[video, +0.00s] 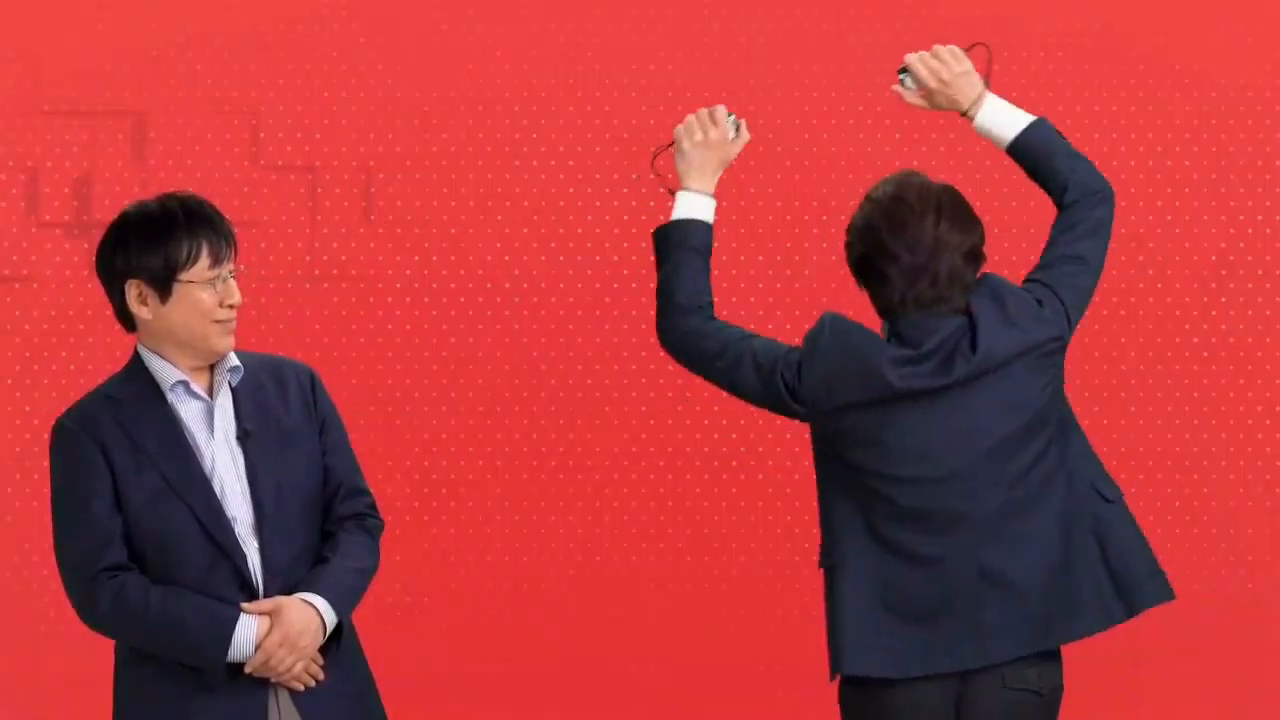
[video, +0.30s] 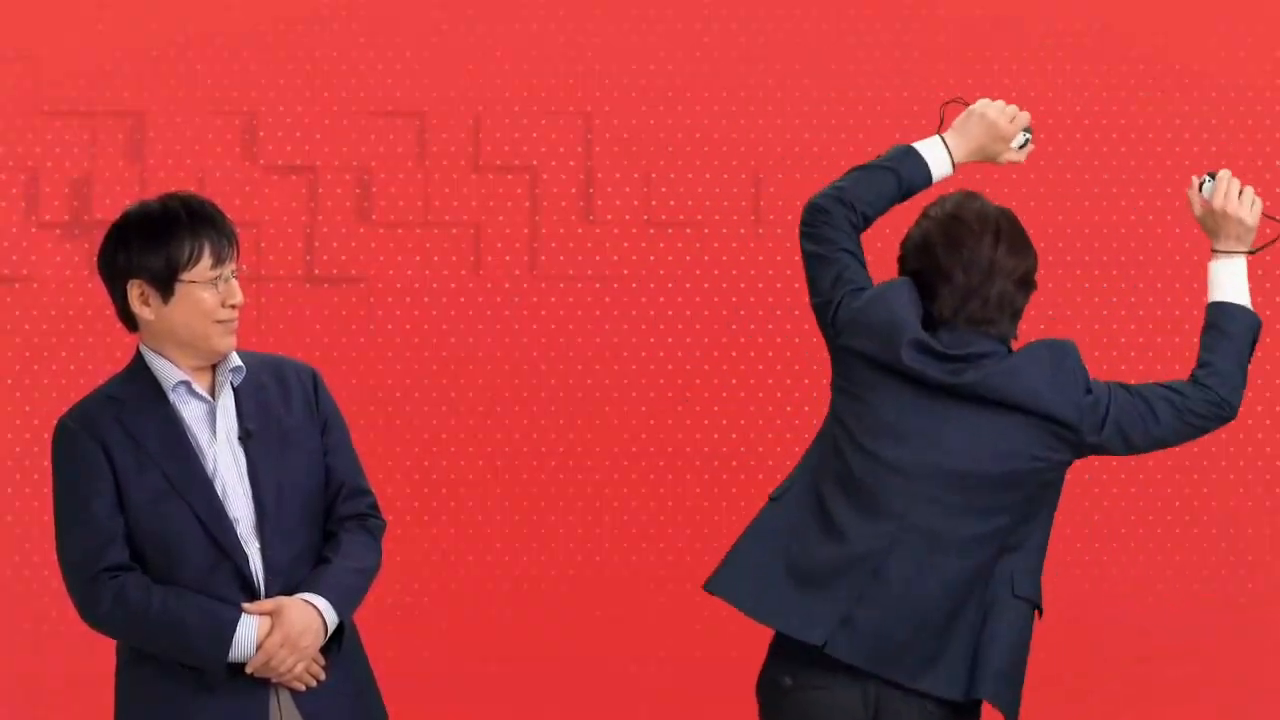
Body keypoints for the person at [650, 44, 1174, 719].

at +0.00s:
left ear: (869, 282)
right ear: (976, 264)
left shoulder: (832, 378)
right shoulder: (1030, 334)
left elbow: (685, 329)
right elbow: (1088, 196)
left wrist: (694, 189)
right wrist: (981, 104)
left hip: (892, 684)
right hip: (1019, 674)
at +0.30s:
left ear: (914, 277)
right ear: (1019, 297)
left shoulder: (866, 340)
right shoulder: (1056, 404)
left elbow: (830, 217)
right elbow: (1214, 396)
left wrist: (950, 147)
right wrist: (1232, 255)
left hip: (809, 671)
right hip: (934, 692)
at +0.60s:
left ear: (877, 269)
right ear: (989, 252)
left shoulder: (834, 369)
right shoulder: (1034, 326)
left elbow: (676, 329)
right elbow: (1077, 193)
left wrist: (694, 188)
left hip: (906, 681)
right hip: (1035, 669)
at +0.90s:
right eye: (1005, 244)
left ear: (891, 248)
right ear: (1005, 257)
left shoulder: (845, 322)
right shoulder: (1051, 354)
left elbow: (755, 213)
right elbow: (1194, 301)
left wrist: (839, 106)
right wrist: (1171, 156)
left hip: (860, 663)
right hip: (989, 673)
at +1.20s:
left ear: (876, 260)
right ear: (982, 247)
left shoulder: (836, 341)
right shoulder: (1039, 328)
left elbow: (705, 263)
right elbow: (1138, 221)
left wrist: (754, 127)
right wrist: (1084, 94)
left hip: (869, 660)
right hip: (999, 657)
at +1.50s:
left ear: (883, 257)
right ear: (993, 249)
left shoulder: (832, 338)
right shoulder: (1038, 333)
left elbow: (690, 274)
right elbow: (1119, 211)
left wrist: (715, 139)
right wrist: (1030, 98)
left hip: (847, 667)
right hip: (976, 666)